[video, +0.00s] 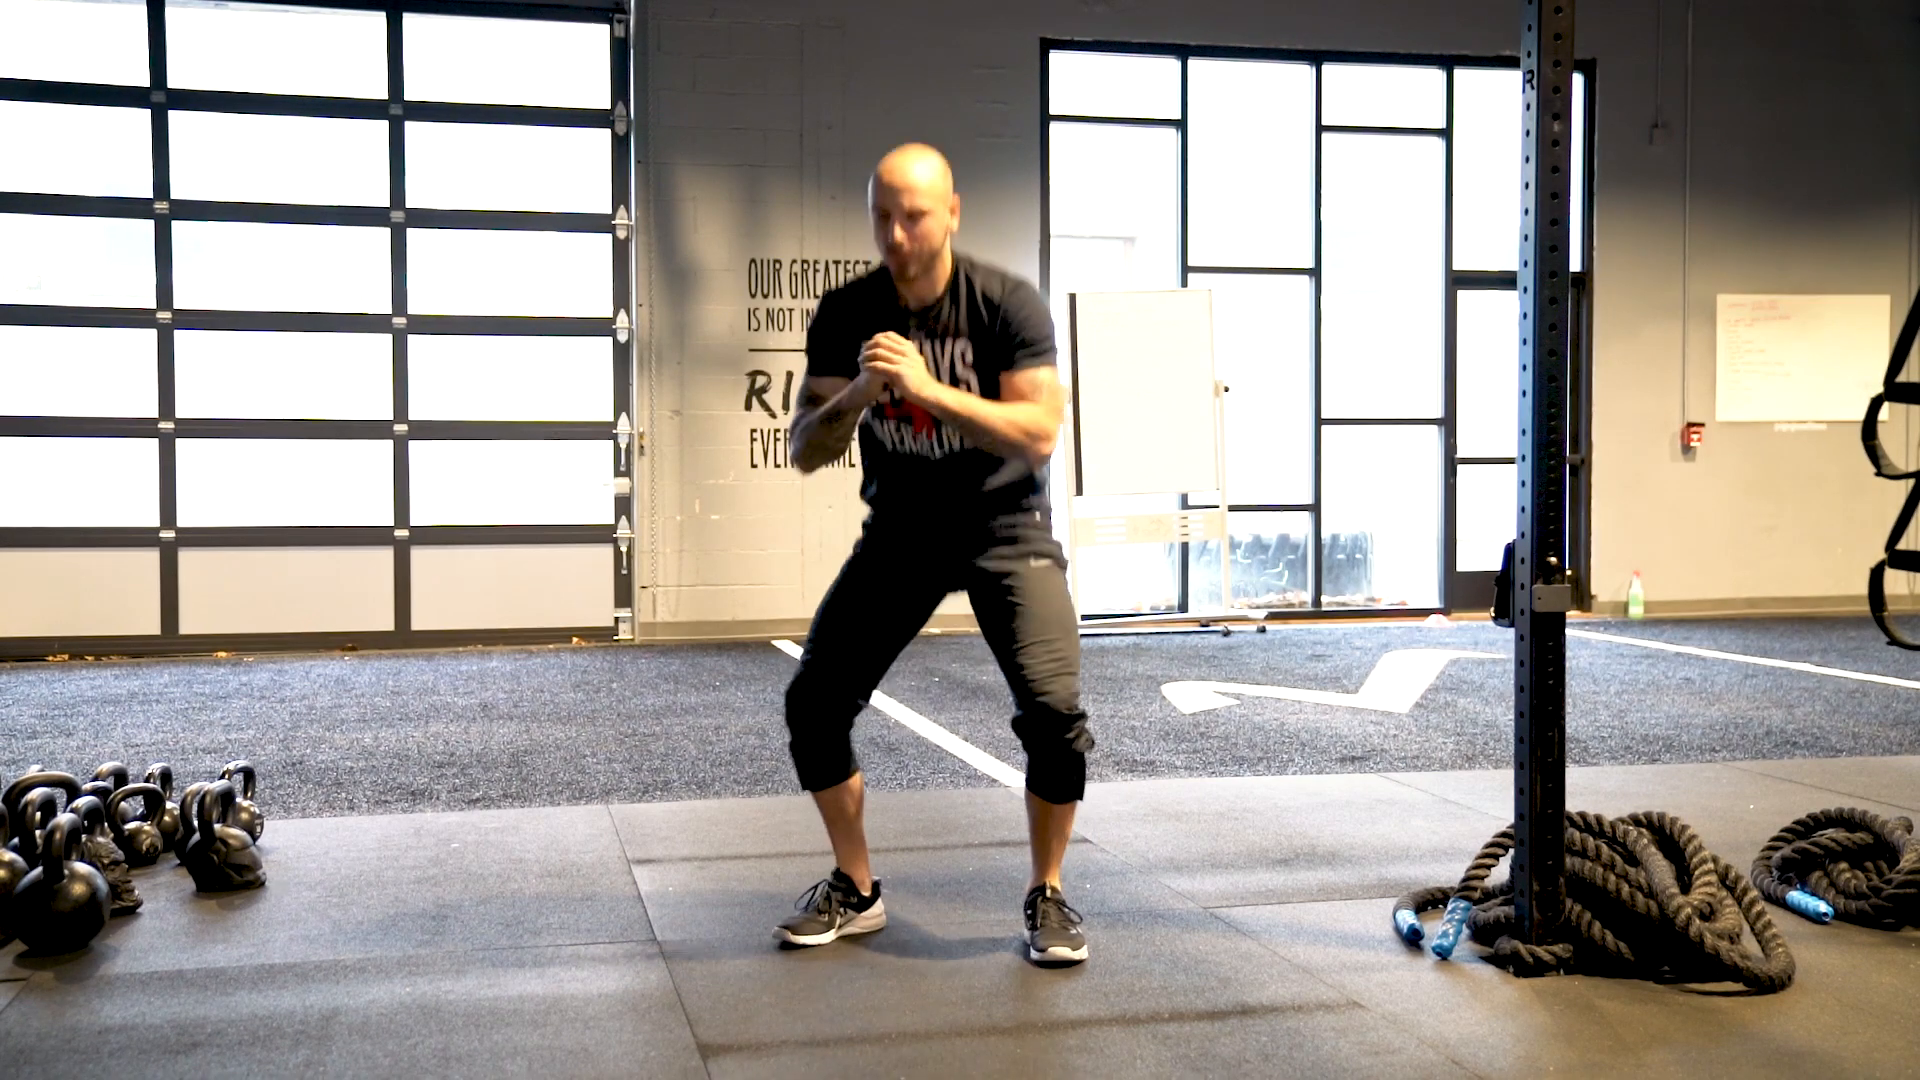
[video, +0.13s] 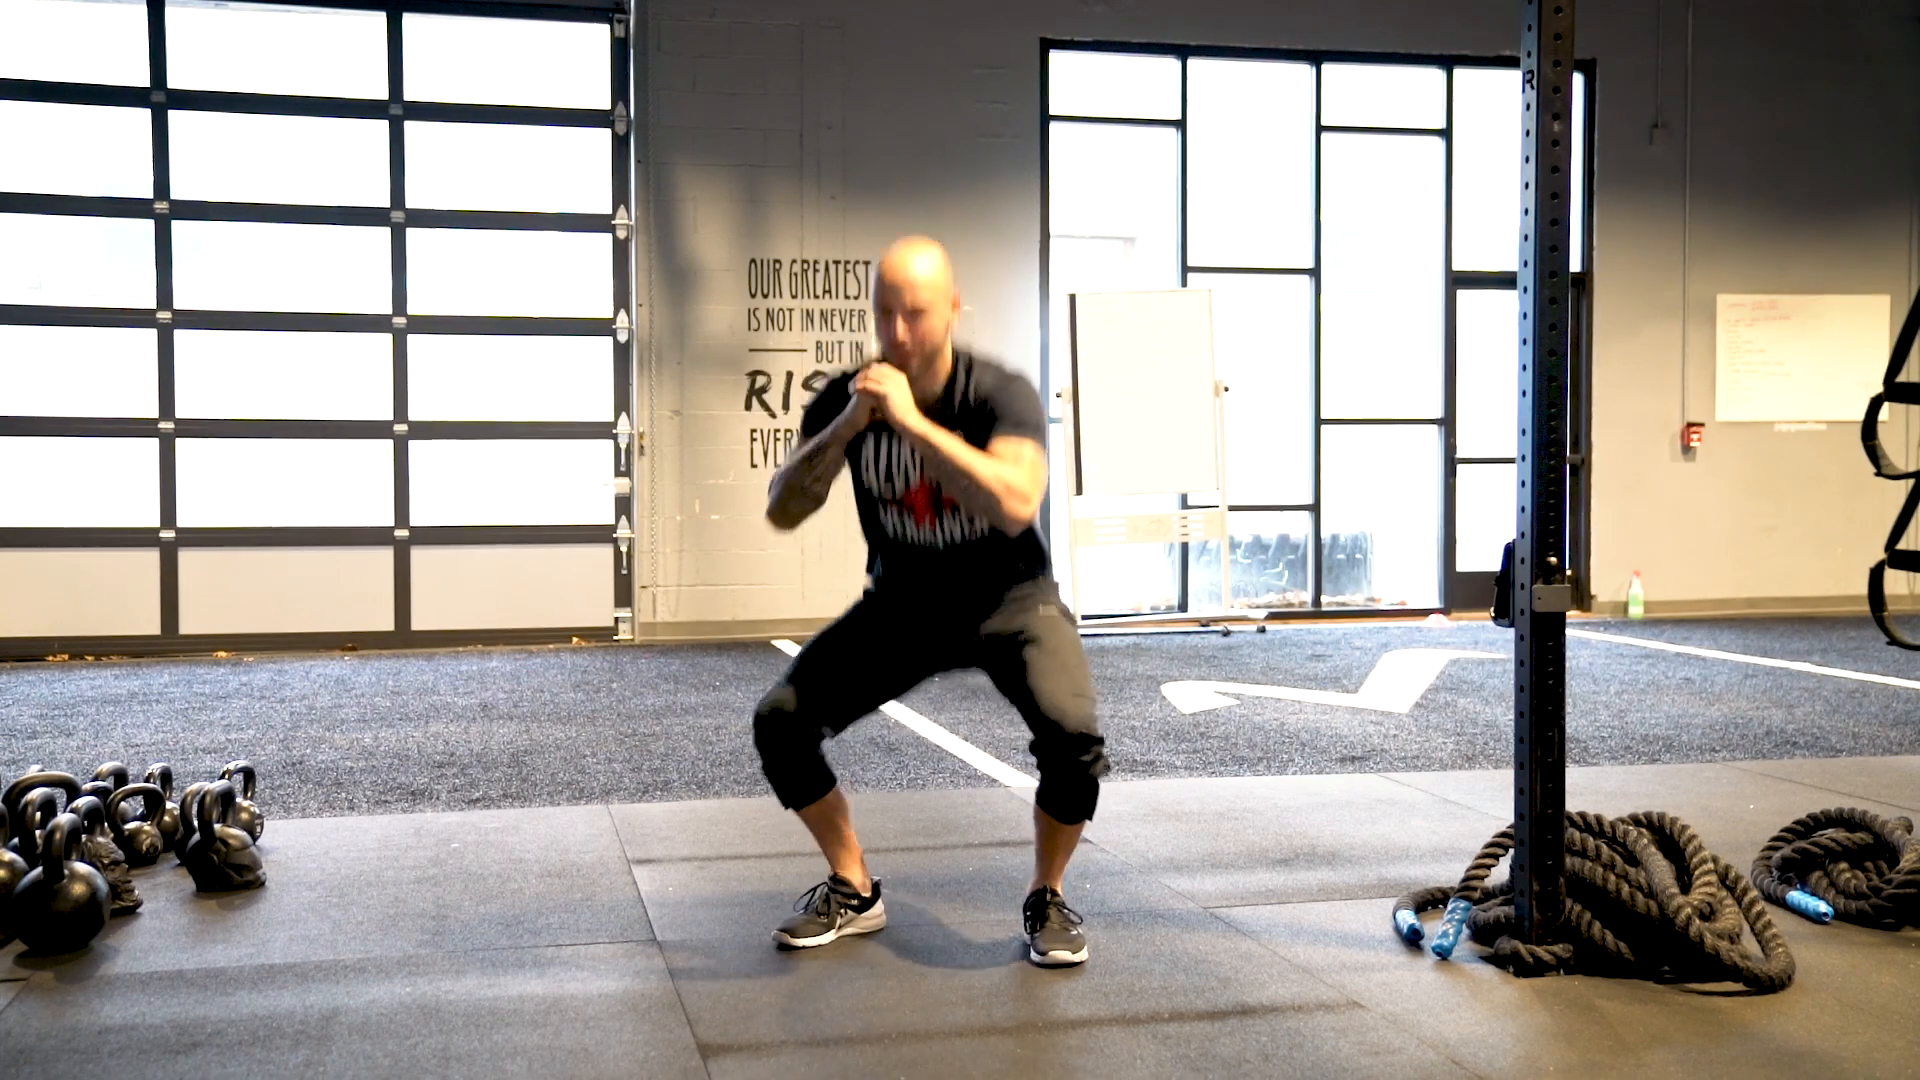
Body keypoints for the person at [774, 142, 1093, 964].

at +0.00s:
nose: (898, 238)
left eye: (915, 219)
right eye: (885, 220)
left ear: (953, 216)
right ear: (871, 221)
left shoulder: (1011, 306)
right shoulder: (843, 313)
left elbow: (1038, 437)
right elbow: (808, 453)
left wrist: (926, 389)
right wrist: (856, 396)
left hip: (1008, 532)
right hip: (902, 534)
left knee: (1056, 713)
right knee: (813, 708)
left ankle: (1048, 894)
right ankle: (855, 888)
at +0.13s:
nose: (897, 333)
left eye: (915, 313)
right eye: (885, 313)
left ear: (952, 311)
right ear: (871, 312)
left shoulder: (1003, 394)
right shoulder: (846, 397)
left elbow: (1018, 502)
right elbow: (782, 513)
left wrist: (913, 423)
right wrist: (843, 431)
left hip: (1010, 601)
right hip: (905, 604)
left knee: (1073, 736)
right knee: (781, 723)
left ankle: (1047, 899)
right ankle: (853, 889)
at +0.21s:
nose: (897, 404)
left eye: (915, 387)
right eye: (886, 386)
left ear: (953, 385)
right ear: (872, 383)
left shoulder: (1001, 460)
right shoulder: (851, 460)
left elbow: (1007, 557)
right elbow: (777, 563)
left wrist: (911, 468)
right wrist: (846, 472)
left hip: (1004, 656)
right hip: (902, 660)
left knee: (1085, 758)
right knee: (771, 738)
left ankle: (1046, 900)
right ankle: (854, 890)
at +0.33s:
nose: (900, 490)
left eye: (918, 473)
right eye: (888, 473)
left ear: (955, 466)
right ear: (873, 468)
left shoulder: (1004, 538)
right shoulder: (849, 540)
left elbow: (1004, 642)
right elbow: (778, 648)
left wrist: (907, 545)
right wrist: (845, 554)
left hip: (994, 726)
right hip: (892, 728)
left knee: (1086, 753)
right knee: (766, 743)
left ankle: (1047, 898)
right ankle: (854, 888)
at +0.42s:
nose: (901, 512)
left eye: (920, 495)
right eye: (889, 493)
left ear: (958, 488)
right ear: (875, 489)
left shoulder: (1005, 561)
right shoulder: (846, 565)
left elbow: (1005, 670)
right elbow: (782, 675)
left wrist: (909, 576)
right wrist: (850, 579)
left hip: (990, 745)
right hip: (891, 747)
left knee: (1087, 750)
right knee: (764, 743)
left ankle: (1046, 899)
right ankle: (854, 887)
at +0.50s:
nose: (900, 495)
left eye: (918, 479)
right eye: (888, 478)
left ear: (956, 473)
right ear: (873, 474)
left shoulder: (1005, 547)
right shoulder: (845, 550)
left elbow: (1013, 653)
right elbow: (780, 659)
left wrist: (911, 562)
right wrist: (848, 568)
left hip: (994, 728)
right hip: (893, 730)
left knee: (1090, 752)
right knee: (766, 742)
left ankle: (1047, 898)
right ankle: (853, 888)